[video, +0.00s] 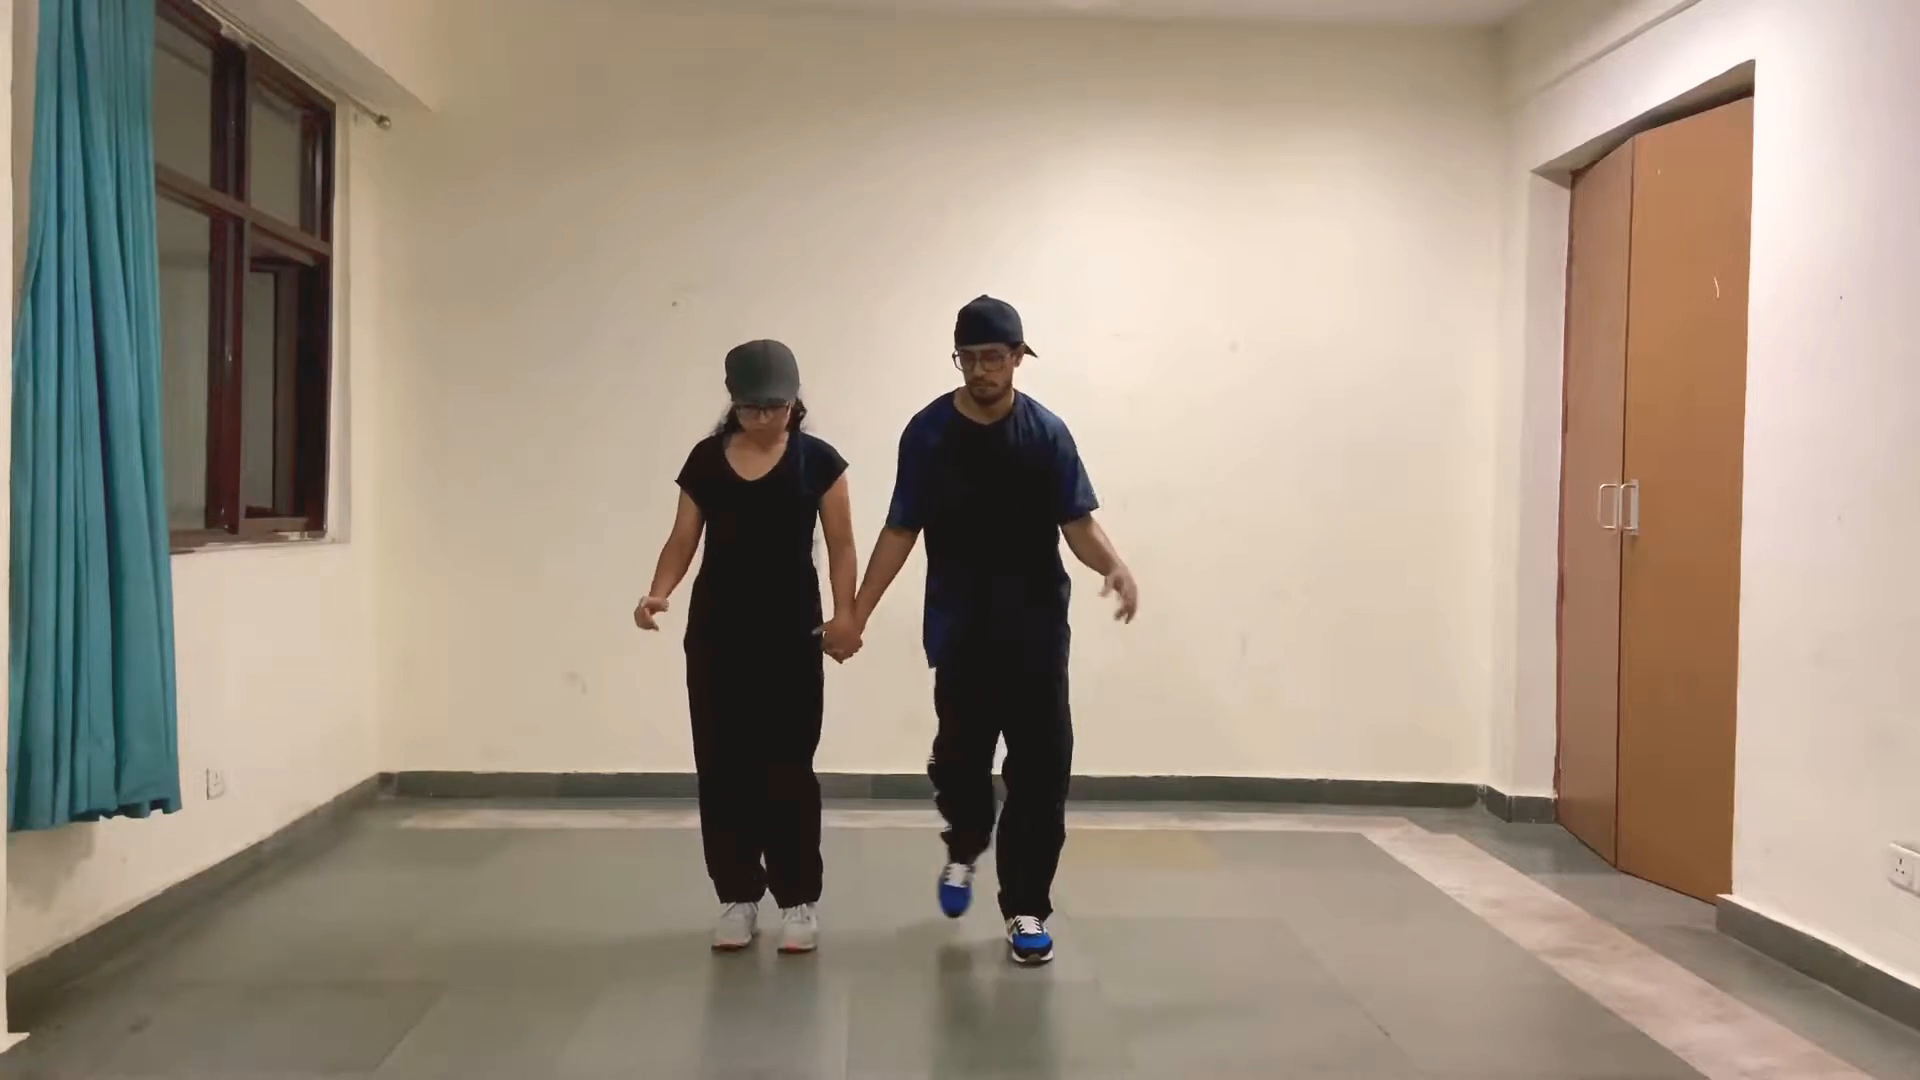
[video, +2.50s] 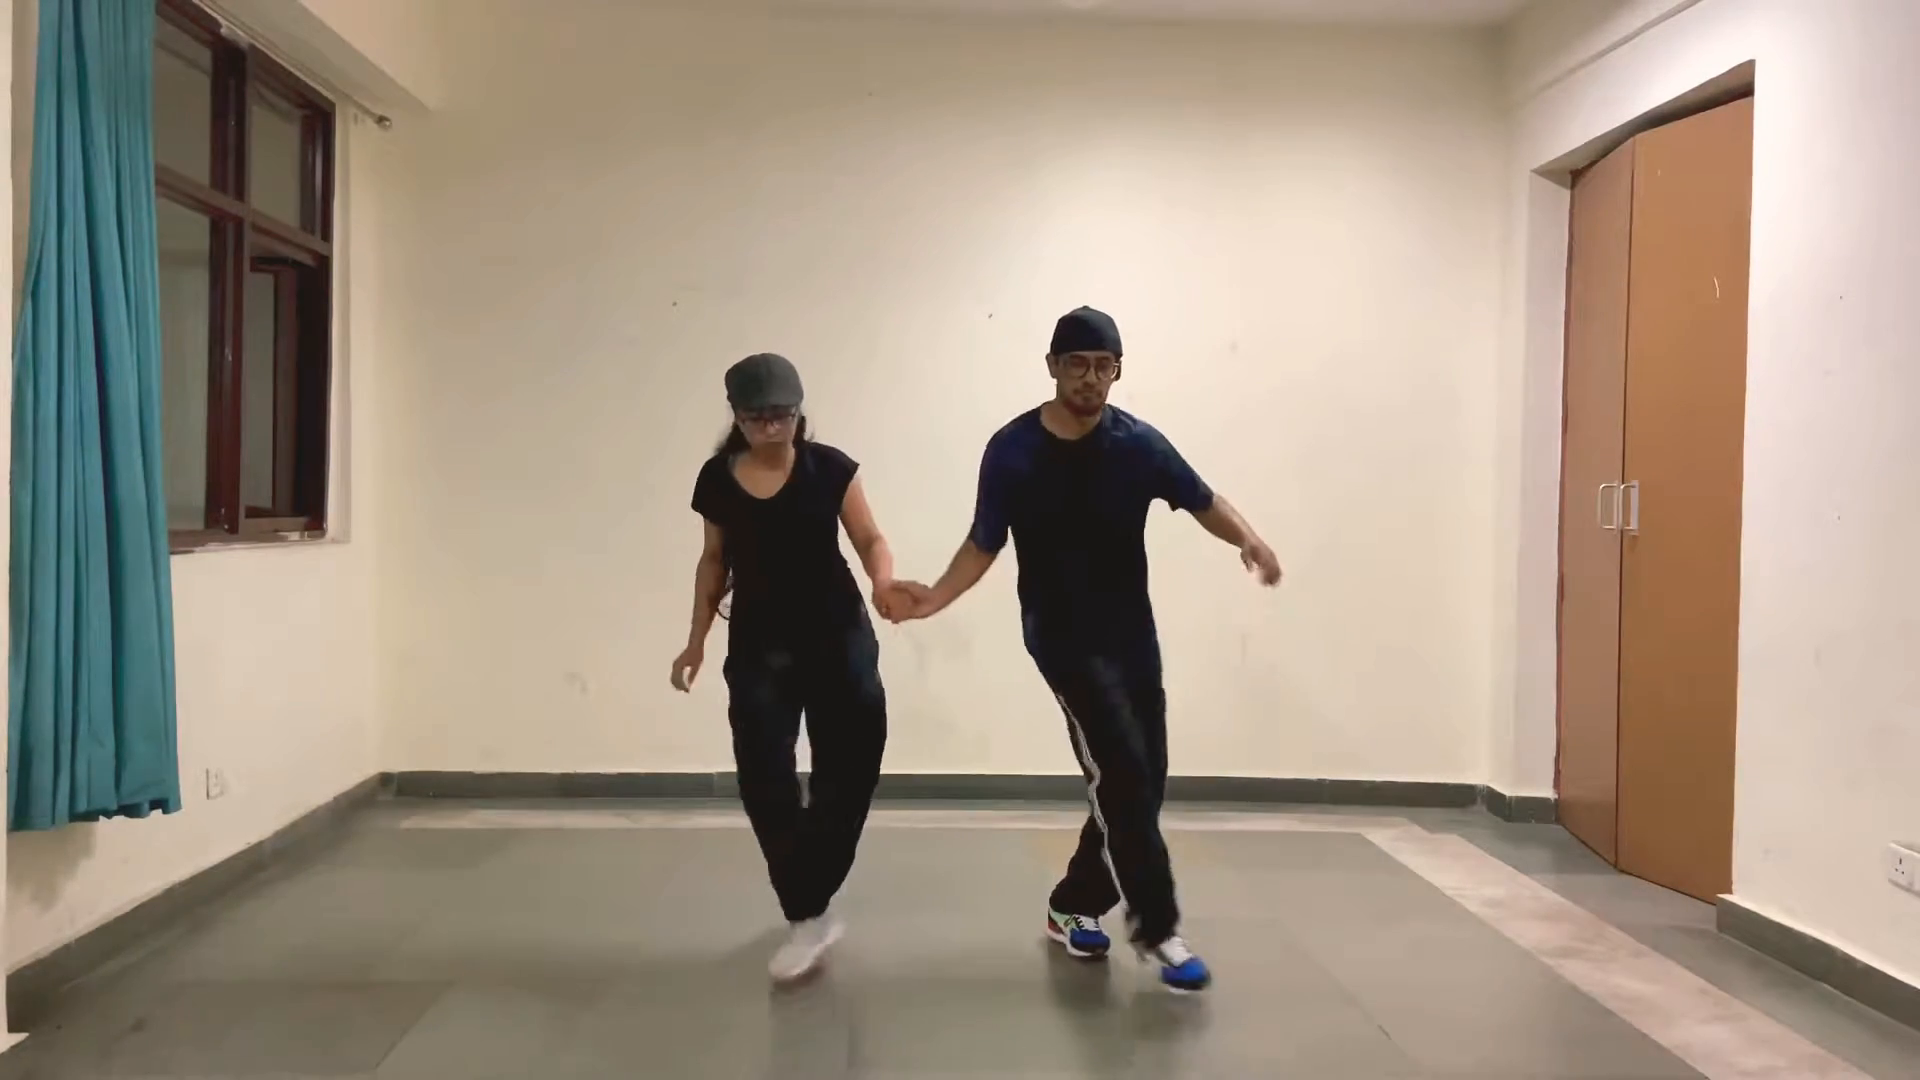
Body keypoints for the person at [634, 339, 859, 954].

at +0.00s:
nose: (767, 417)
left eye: (778, 405)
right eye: (754, 406)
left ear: (795, 401)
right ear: (734, 402)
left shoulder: (818, 462)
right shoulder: (706, 459)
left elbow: (840, 544)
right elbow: (682, 539)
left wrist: (845, 614)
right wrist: (658, 589)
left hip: (788, 633)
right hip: (718, 633)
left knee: (787, 765)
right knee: (722, 765)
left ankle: (797, 899)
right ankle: (737, 898)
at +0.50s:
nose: (726, 440)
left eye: (738, 428)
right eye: (715, 428)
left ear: (760, 425)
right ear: (699, 424)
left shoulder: (787, 485)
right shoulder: (673, 477)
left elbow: (800, 560)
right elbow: (630, 550)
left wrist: (801, 625)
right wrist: (595, 622)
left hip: (747, 651)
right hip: (674, 645)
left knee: (735, 775)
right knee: (625, 762)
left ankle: (771, 900)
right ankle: (576, 887)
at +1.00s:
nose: (787, 409)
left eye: (797, 397)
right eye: (774, 398)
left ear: (814, 393)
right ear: (752, 396)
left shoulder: (842, 456)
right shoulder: (730, 455)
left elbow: (863, 539)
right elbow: (689, 529)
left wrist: (884, 612)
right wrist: (676, 579)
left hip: (819, 630)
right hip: (747, 628)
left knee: (804, 761)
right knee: (738, 757)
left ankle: (785, 898)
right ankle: (741, 893)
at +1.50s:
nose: (850, 436)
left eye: (860, 424)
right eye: (837, 425)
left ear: (874, 419)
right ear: (813, 421)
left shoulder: (897, 472)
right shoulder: (783, 476)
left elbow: (943, 529)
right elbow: (737, 536)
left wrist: (968, 593)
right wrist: (729, 615)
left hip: (879, 654)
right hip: (803, 656)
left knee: (900, 777)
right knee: (782, 778)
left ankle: (935, 902)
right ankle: (768, 899)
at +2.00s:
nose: (805, 438)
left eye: (816, 426)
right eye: (791, 428)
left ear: (834, 416)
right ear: (770, 421)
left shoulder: (866, 464)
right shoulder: (753, 478)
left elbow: (904, 546)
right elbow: (725, 573)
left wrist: (938, 627)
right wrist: (705, 664)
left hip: (849, 645)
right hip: (775, 645)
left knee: (833, 772)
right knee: (769, 765)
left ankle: (809, 899)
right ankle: (764, 889)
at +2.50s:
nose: (772, 424)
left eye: (782, 412)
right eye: (759, 414)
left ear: (799, 410)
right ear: (737, 416)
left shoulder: (830, 469)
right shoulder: (718, 481)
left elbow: (869, 539)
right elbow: (713, 562)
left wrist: (882, 582)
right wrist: (696, 641)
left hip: (836, 643)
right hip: (759, 649)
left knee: (850, 771)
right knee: (764, 782)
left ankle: (811, 906)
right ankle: (807, 917)